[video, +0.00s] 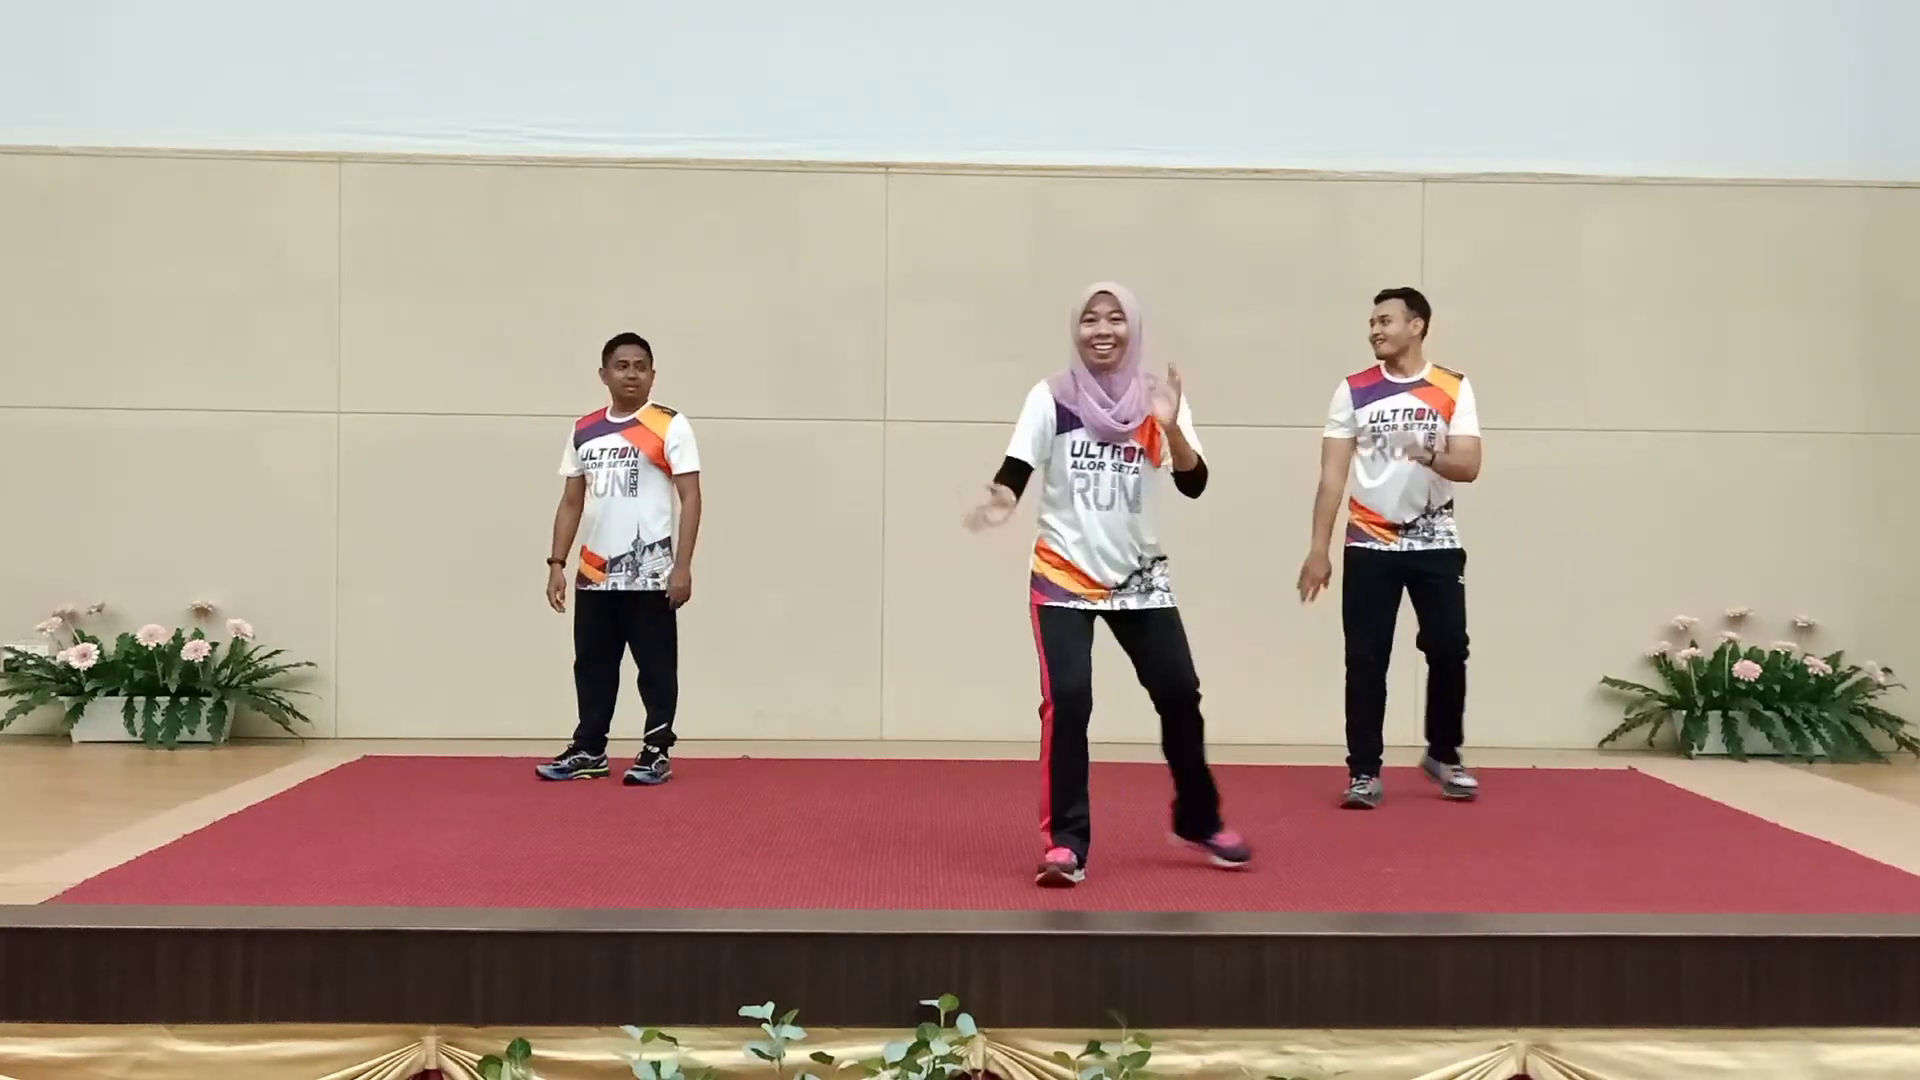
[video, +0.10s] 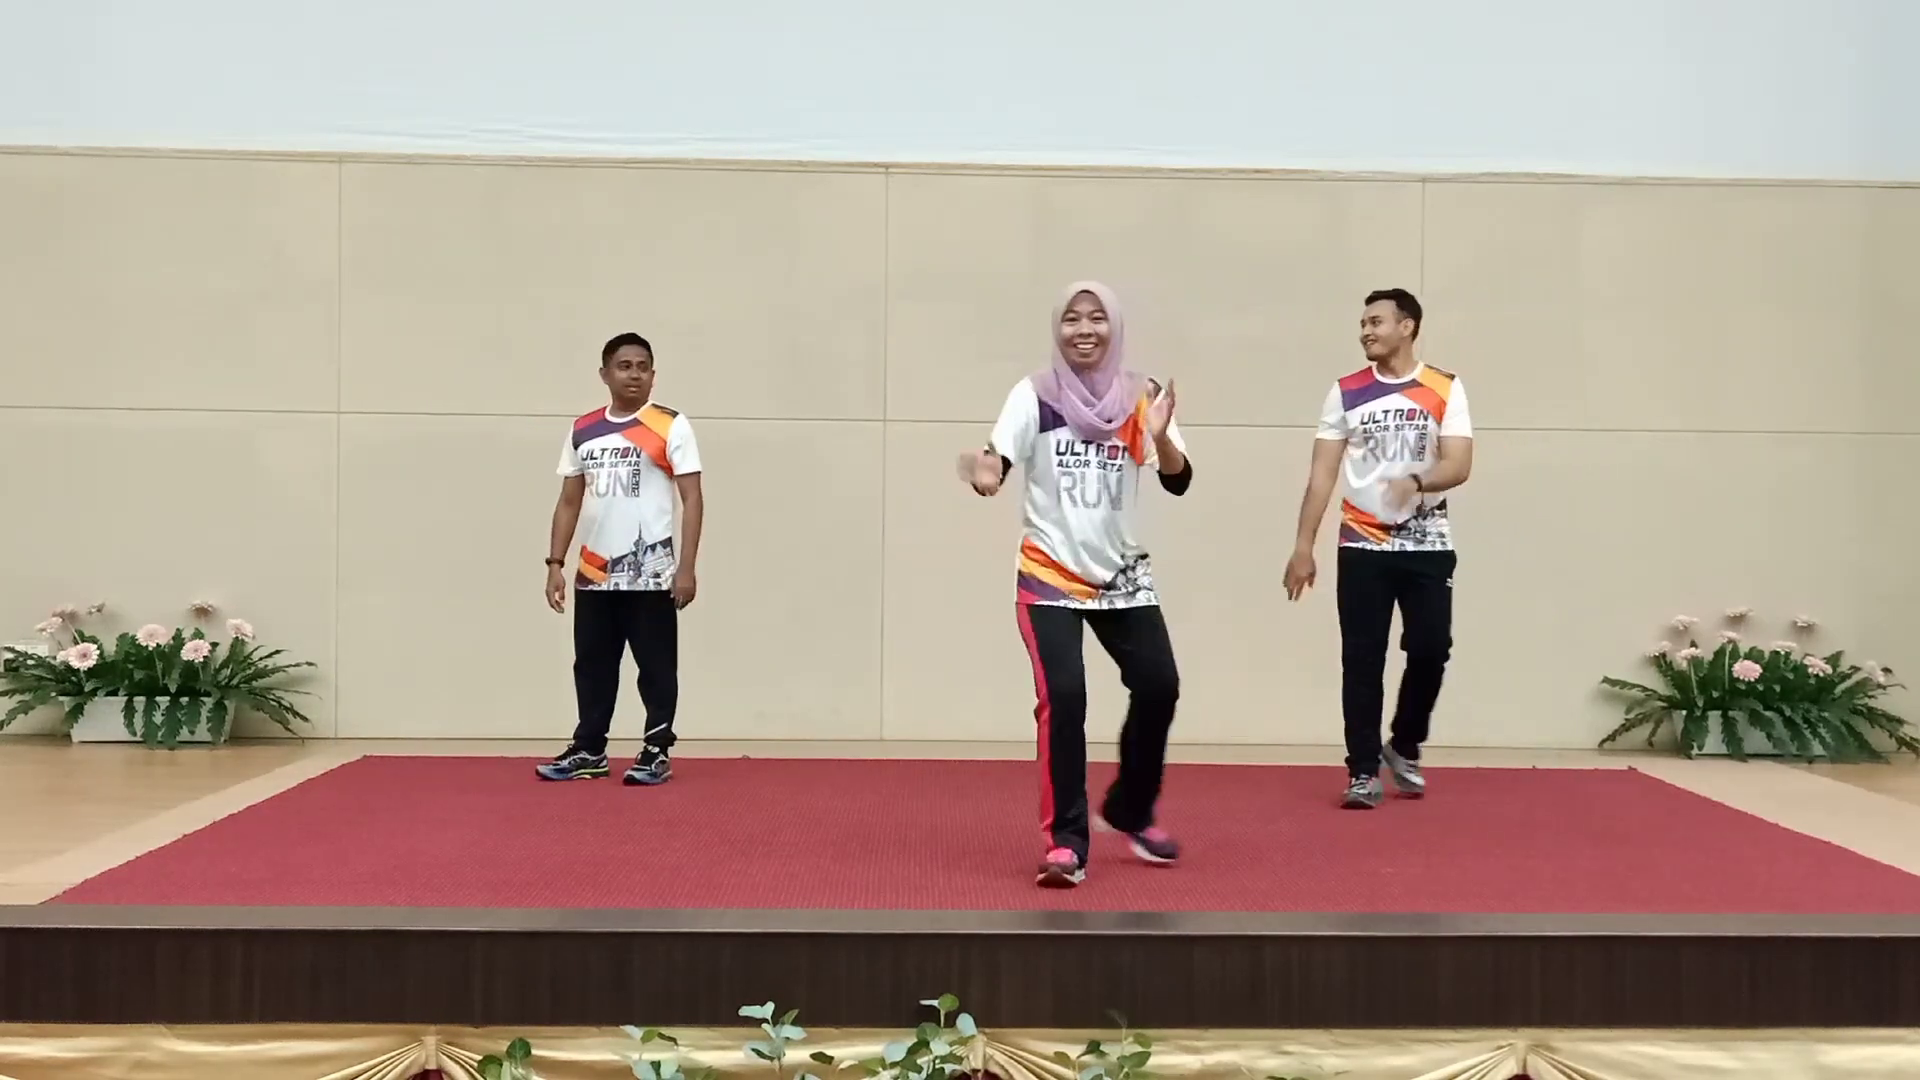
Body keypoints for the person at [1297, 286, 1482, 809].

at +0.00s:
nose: (1375, 328)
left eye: (1386, 320)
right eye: (1372, 322)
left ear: (1418, 327)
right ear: (1371, 331)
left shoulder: (1454, 390)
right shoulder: (1352, 392)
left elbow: (1468, 468)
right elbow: (1332, 475)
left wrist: (1433, 459)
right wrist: (1319, 550)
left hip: (1436, 544)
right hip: (1371, 545)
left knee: (1450, 649)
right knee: (1365, 659)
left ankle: (1443, 756)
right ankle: (1364, 772)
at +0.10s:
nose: (1366, 330)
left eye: (1376, 322)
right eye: (1363, 323)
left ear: (1409, 328)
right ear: (1363, 332)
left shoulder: (1446, 390)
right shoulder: (1345, 393)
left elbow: (1457, 467)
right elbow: (1322, 475)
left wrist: (1417, 482)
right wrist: (1303, 548)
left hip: (1426, 550)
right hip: (1364, 549)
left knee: (1431, 650)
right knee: (1362, 658)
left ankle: (1404, 747)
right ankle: (1363, 770)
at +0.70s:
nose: (1314, 334)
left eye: (1324, 326)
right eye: (1314, 326)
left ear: (1356, 331)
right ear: (1324, 333)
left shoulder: (1397, 398)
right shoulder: (1300, 395)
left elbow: (1418, 479)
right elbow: (1287, 477)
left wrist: (1419, 555)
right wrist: (1276, 548)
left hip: (1375, 550)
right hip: (1311, 544)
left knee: (1368, 660)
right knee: (1296, 647)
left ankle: (1359, 763)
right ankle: (1285, 758)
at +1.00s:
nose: (1272, 336)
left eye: (1282, 328)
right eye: (1273, 328)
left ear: (1313, 333)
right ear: (1295, 335)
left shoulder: (1353, 396)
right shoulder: (1262, 396)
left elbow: (1366, 480)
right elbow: (1245, 472)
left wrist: (1359, 552)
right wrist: (1237, 541)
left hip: (1332, 550)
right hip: (1271, 548)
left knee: (1343, 658)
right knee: (1271, 658)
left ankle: (1357, 763)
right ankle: (1271, 760)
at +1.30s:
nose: (1253, 337)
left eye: (1263, 330)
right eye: (1254, 330)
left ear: (1294, 336)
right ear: (1270, 337)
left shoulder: (1331, 396)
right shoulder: (1244, 398)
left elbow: (1323, 478)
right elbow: (1227, 475)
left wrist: (1283, 537)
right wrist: (1211, 546)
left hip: (1308, 545)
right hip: (1251, 546)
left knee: (1323, 652)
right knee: (1260, 657)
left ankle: (1353, 762)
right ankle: (1272, 761)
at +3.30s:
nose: (1240, 341)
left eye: (1250, 332)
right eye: (1237, 333)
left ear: (1280, 334)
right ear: (1236, 339)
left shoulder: (1323, 392)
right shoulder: (1229, 403)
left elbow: (1340, 473)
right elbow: (1220, 486)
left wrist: (1335, 544)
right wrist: (1217, 554)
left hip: (1313, 548)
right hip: (1254, 551)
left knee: (1334, 658)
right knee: (1262, 660)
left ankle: (1356, 762)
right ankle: (1271, 760)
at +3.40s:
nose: (1233, 343)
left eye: (1242, 333)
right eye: (1231, 335)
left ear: (1273, 333)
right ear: (1238, 341)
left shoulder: (1321, 393)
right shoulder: (1228, 402)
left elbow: (1336, 474)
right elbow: (1219, 485)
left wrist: (1325, 547)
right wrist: (1217, 554)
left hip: (1311, 548)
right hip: (1252, 553)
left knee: (1334, 658)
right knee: (1261, 661)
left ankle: (1355, 761)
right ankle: (1271, 760)